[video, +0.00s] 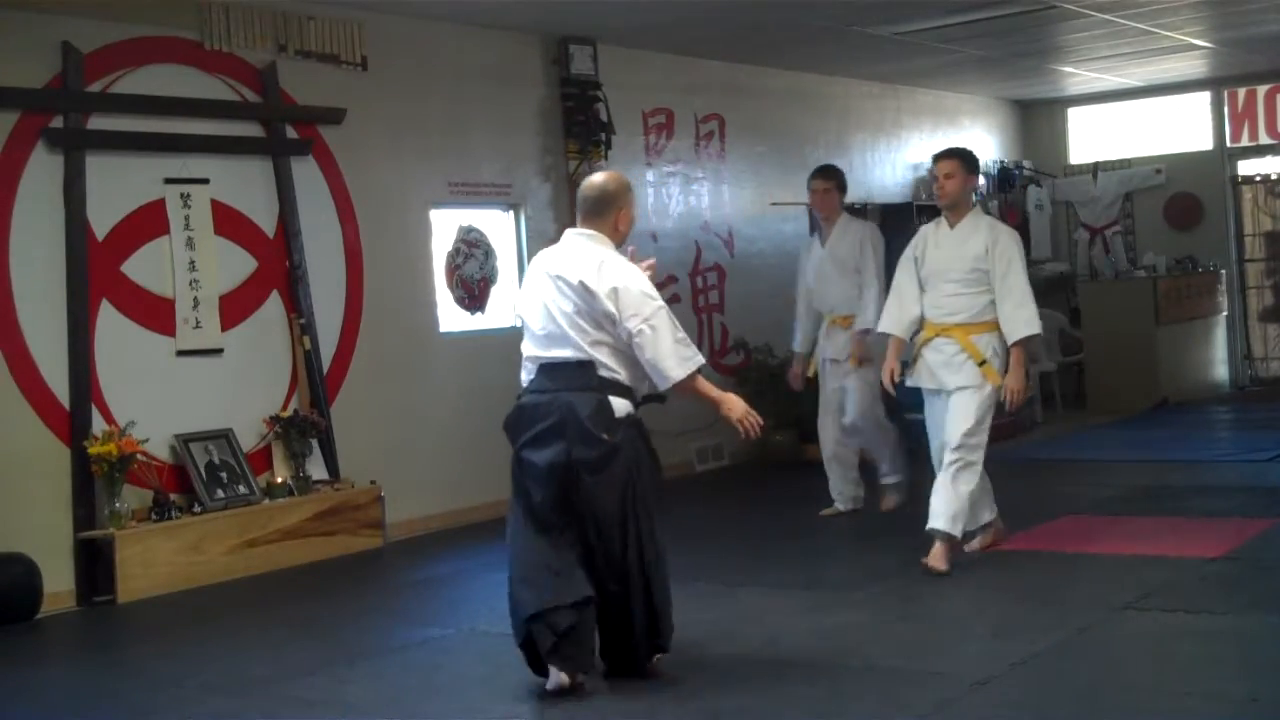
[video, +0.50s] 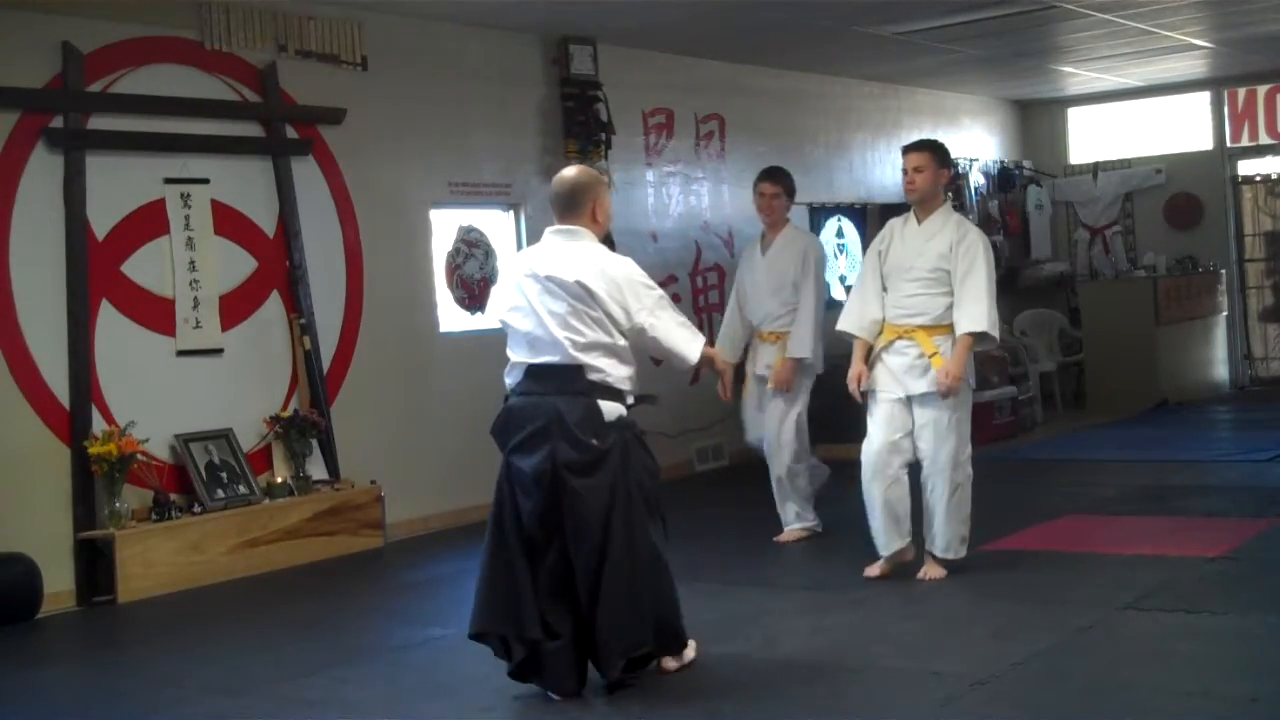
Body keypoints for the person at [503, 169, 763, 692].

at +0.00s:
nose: (633, 221)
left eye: (633, 214)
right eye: (632, 214)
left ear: (576, 212)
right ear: (622, 216)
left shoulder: (540, 263)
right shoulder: (618, 273)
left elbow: (566, 313)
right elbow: (665, 352)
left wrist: (629, 282)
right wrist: (721, 397)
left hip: (537, 410)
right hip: (599, 409)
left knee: (545, 536)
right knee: (621, 529)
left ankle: (560, 660)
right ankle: (631, 654)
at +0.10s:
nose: (619, 222)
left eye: (618, 213)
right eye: (619, 214)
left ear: (564, 215)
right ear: (609, 217)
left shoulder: (525, 269)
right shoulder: (612, 275)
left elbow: (558, 313)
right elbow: (667, 359)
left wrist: (626, 290)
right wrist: (720, 392)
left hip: (528, 415)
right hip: (592, 414)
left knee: (543, 543)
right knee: (611, 533)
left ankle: (561, 669)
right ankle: (627, 651)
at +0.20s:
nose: (610, 218)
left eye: (609, 208)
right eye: (609, 209)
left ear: (555, 214)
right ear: (598, 213)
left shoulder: (515, 267)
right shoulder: (604, 269)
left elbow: (506, 322)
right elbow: (655, 338)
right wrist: (714, 383)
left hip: (522, 412)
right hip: (588, 410)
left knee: (537, 542)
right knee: (612, 531)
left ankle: (558, 670)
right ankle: (631, 650)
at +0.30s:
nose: (606, 213)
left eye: (605, 204)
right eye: (605, 204)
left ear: (548, 211)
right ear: (593, 209)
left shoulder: (514, 266)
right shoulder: (603, 267)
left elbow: (512, 325)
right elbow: (652, 331)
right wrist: (707, 372)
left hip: (520, 411)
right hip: (587, 410)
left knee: (535, 542)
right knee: (613, 531)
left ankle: (559, 670)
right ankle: (629, 647)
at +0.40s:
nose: (607, 213)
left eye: (606, 204)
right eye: (605, 204)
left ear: (547, 210)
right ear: (593, 207)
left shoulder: (517, 266)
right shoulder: (606, 268)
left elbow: (501, 316)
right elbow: (656, 326)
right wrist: (704, 360)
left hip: (522, 414)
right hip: (587, 414)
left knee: (538, 540)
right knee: (621, 531)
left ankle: (559, 669)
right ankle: (650, 644)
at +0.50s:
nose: (611, 211)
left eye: (608, 201)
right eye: (609, 202)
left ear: (555, 210)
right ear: (597, 208)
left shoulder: (519, 266)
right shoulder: (614, 269)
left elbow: (500, 312)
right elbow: (665, 328)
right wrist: (709, 355)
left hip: (525, 415)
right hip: (591, 416)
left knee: (538, 539)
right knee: (630, 531)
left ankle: (554, 665)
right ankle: (667, 646)